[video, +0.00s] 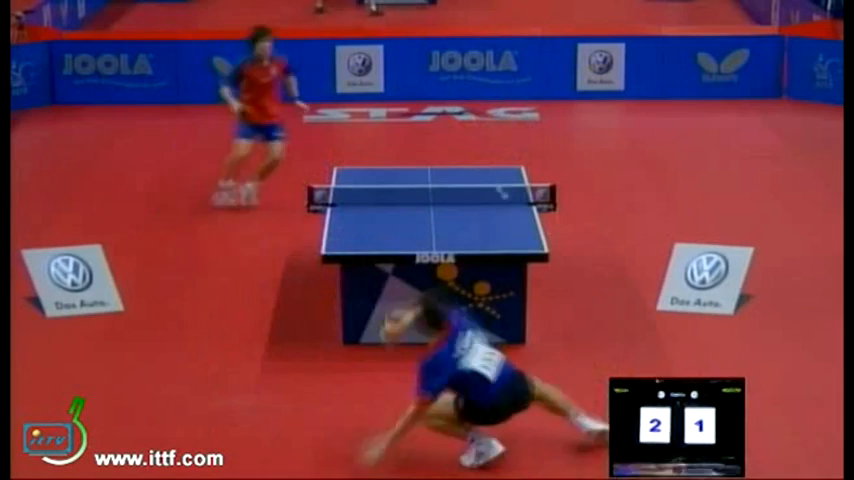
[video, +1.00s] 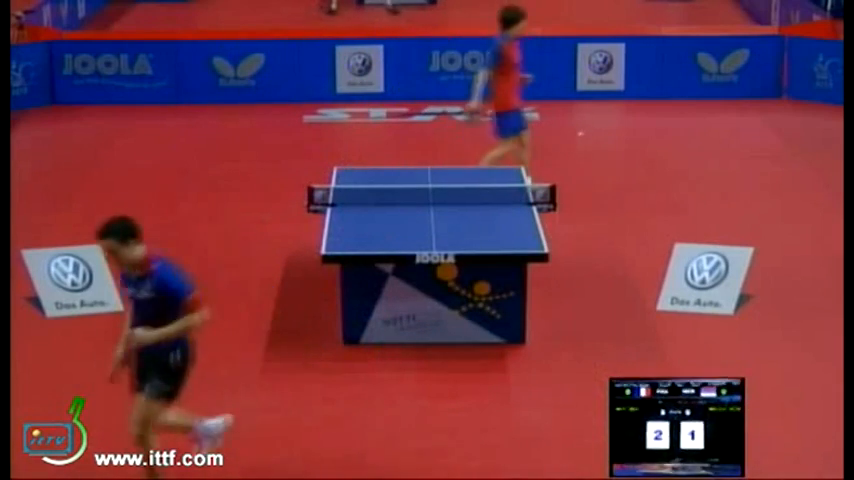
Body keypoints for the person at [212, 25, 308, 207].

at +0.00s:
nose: (267, 48)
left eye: (269, 43)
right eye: (263, 44)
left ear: (272, 46)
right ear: (255, 46)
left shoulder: (279, 65)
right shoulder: (246, 67)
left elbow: (290, 79)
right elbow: (225, 87)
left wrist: (295, 98)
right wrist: (233, 102)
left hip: (271, 115)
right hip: (249, 115)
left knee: (277, 156)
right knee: (241, 152)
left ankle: (252, 185)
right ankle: (225, 185)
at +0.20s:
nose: (309, 62)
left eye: (311, 58)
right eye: (305, 59)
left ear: (313, 59)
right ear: (297, 61)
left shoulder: (319, 76)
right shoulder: (287, 80)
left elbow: (330, 96)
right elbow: (278, 106)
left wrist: (345, 109)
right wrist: (303, 119)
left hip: (317, 125)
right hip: (292, 129)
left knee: (346, 155)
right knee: (275, 164)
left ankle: (368, 183)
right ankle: (266, 193)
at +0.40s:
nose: (380, 56)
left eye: (382, 52)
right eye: (377, 52)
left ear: (384, 53)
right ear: (369, 52)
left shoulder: (383, 68)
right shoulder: (358, 70)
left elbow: (391, 81)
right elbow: (349, 102)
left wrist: (410, 92)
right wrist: (376, 109)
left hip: (375, 122)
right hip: (351, 124)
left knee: (402, 154)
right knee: (325, 157)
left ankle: (402, 191)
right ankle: (295, 190)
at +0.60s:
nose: (430, 31)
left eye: (432, 26)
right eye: (426, 27)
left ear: (434, 26)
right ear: (417, 27)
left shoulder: (431, 44)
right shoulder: (405, 46)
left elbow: (432, 65)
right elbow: (390, 72)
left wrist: (447, 81)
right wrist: (409, 94)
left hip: (425, 97)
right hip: (406, 99)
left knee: (434, 138)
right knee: (406, 139)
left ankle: (427, 174)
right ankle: (401, 176)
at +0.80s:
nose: (474, 32)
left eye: (476, 28)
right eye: (470, 28)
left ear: (478, 29)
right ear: (461, 30)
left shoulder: (476, 49)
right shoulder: (449, 50)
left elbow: (479, 71)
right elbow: (431, 73)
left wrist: (486, 86)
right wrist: (434, 100)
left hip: (470, 103)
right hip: (453, 105)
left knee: (484, 140)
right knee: (467, 144)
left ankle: (487, 178)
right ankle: (454, 182)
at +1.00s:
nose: (524, 27)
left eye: (524, 23)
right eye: (522, 23)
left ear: (510, 23)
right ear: (513, 24)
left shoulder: (514, 45)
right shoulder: (499, 46)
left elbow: (507, 73)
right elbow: (484, 74)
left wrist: (521, 78)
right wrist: (476, 102)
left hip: (514, 101)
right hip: (503, 102)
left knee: (523, 142)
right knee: (510, 142)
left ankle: (524, 181)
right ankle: (479, 171)